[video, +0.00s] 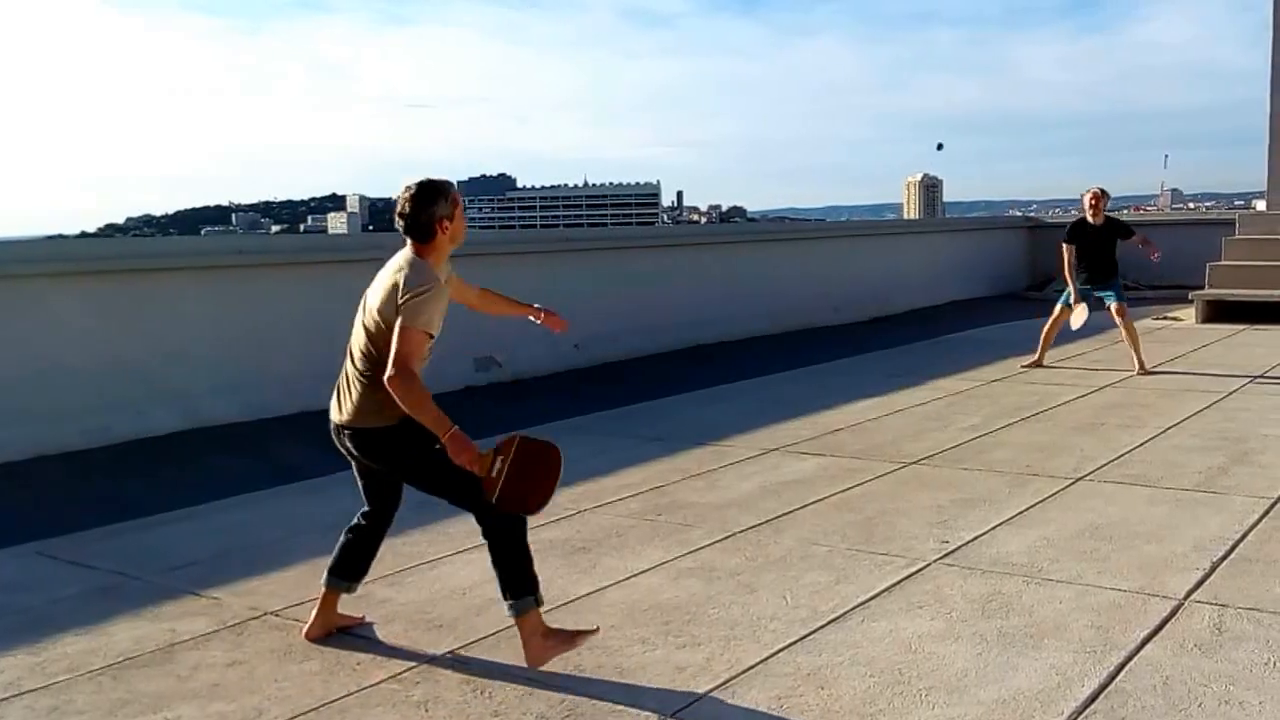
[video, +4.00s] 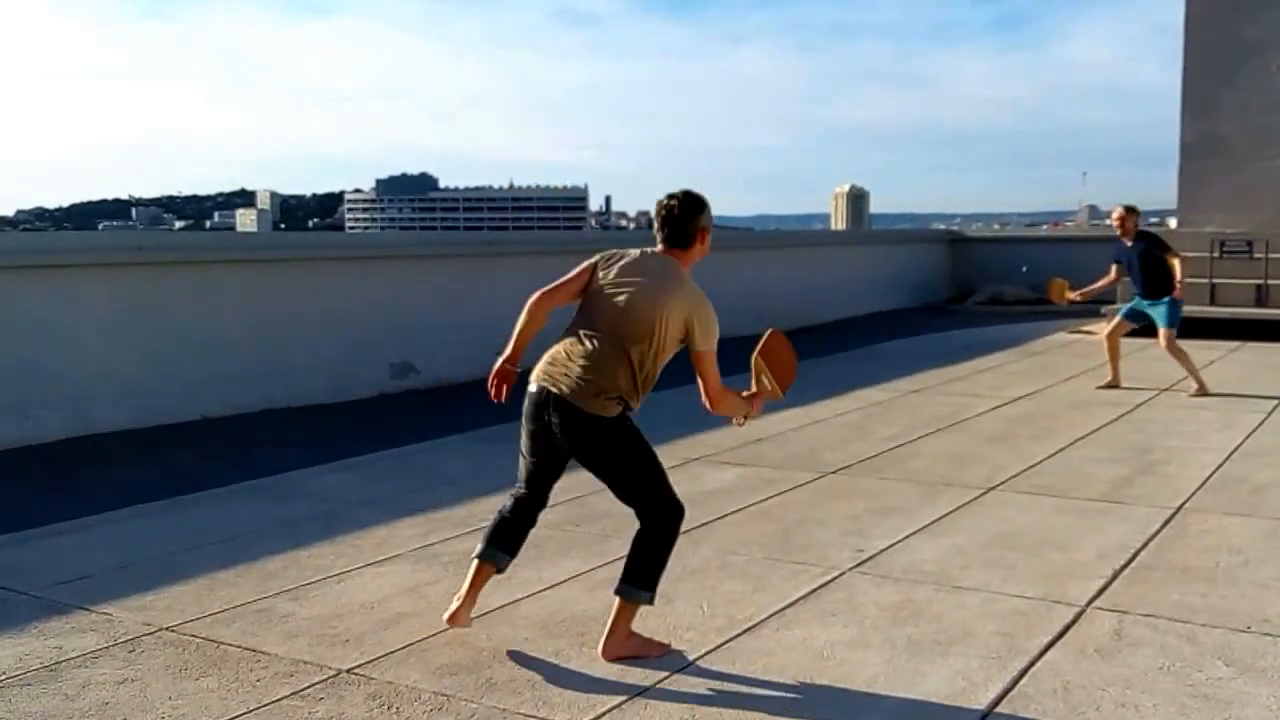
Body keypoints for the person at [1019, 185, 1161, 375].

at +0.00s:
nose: (1094, 203)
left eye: (1097, 200)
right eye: (1090, 200)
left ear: (1104, 203)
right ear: (1084, 204)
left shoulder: (1114, 225)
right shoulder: (1075, 228)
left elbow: (1140, 240)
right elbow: (1068, 263)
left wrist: (1150, 248)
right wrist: (1073, 292)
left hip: (1108, 282)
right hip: (1081, 282)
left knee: (1120, 316)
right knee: (1056, 316)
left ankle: (1139, 361)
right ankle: (1039, 357)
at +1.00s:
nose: (1160, 225)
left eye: (1164, 219)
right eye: (1156, 221)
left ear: (1176, 218)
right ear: (1152, 223)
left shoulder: (1196, 233)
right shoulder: (1162, 249)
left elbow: (1236, 249)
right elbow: (1158, 284)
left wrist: (1247, 266)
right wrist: (1148, 314)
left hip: (1223, 285)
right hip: (1197, 288)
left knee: (1210, 329)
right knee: (1175, 332)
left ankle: (1231, 380)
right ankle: (1175, 369)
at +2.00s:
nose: (1175, 179)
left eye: (1179, 175)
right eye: (1171, 175)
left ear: (1186, 178)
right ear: (1164, 178)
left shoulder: (1200, 202)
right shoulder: (1160, 207)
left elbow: (1218, 236)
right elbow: (1152, 241)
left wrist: (1216, 266)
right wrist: (1131, 268)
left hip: (1198, 273)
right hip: (1169, 274)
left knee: (1211, 323)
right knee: (1153, 323)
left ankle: (1228, 376)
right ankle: (1151, 372)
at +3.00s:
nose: (1094, 195)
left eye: (1098, 190)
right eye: (1090, 190)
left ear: (1105, 193)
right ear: (1084, 194)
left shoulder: (1118, 211)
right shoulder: (1081, 220)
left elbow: (1143, 225)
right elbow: (1086, 250)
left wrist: (1153, 225)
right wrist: (1105, 260)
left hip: (1123, 276)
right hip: (1096, 276)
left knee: (1136, 322)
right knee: (1077, 323)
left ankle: (1151, 372)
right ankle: (1079, 367)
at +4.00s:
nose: (1117, 225)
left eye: (1121, 220)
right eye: (1115, 221)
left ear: (1134, 221)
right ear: (1113, 223)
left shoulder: (1149, 239)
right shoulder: (1121, 248)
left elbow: (1175, 259)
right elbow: (1113, 277)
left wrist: (1179, 283)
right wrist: (1084, 293)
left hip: (1165, 300)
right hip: (1141, 300)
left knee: (1167, 342)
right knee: (1110, 334)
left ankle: (1200, 384)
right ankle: (1114, 378)